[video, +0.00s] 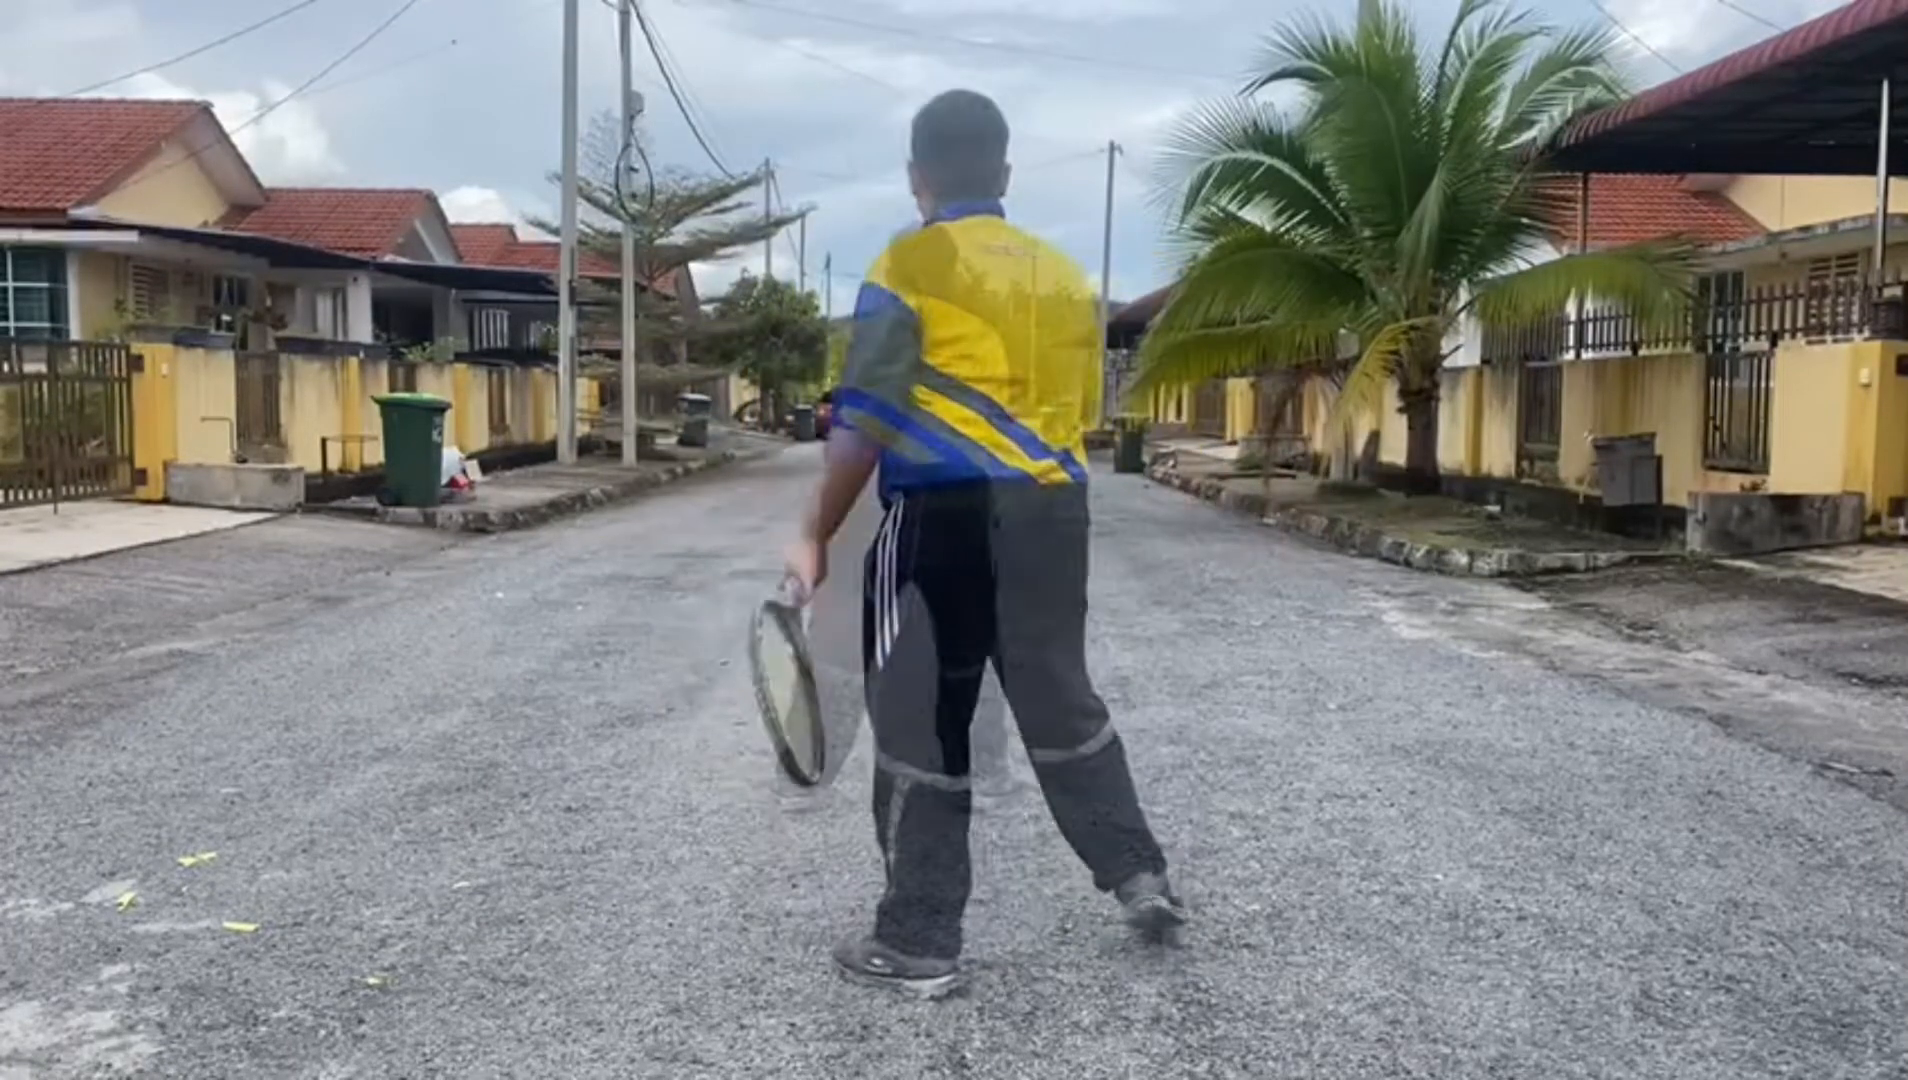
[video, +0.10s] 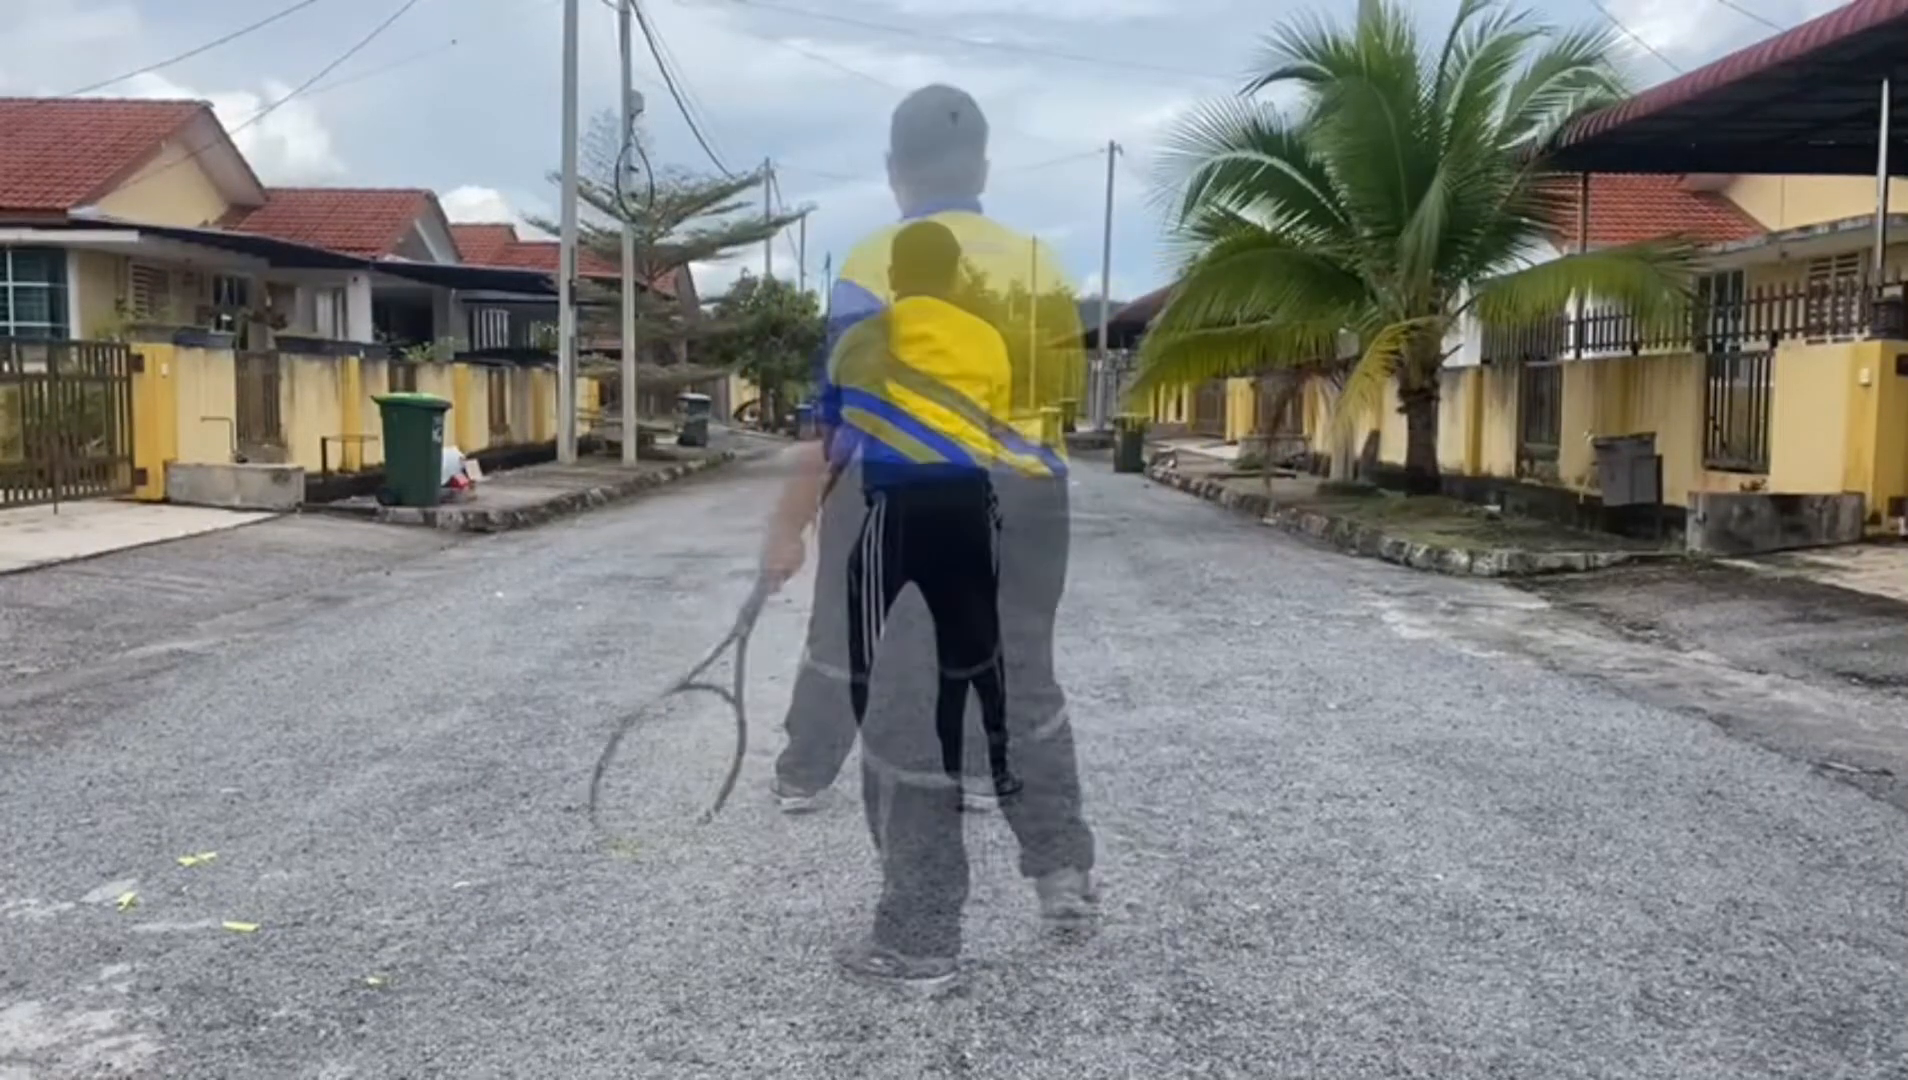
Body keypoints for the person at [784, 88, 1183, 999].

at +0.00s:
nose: (914, 186)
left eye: (913, 173)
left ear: (919, 174)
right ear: (1005, 171)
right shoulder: (1064, 272)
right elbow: (1080, 402)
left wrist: (816, 533)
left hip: (944, 518)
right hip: (1052, 518)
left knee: (921, 723)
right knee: (1059, 699)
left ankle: (920, 940)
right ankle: (1136, 873)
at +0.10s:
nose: (894, 182)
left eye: (894, 168)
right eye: (908, 168)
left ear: (899, 168)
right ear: (983, 161)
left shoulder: (877, 259)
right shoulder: (1038, 261)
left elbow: (844, 405)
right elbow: (1060, 398)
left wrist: (791, 516)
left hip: (910, 498)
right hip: (1024, 492)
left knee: (903, 707)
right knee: (1021, 676)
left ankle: (921, 934)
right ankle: (1063, 874)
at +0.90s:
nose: (946, 316)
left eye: (941, 307)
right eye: (945, 307)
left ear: (880, 301)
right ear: (938, 305)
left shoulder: (837, 348)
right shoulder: (954, 361)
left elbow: (832, 423)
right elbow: (955, 456)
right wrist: (940, 500)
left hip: (798, 489)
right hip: (884, 492)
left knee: (818, 636)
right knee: (928, 633)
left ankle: (813, 769)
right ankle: (982, 762)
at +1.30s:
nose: (881, 282)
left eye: (878, 270)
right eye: (879, 270)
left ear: (818, 272)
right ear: (867, 273)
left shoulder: (806, 325)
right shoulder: (846, 329)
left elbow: (886, 436)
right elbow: (901, 430)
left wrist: (966, 473)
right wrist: (997, 444)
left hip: (730, 497)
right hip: (761, 505)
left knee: (804, 645)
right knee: (785, 661)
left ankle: (799, 768)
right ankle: (725, 827)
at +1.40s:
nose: (872, 275)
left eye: (870, 263)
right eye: (871, 262)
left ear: (808, 257)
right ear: (859, 262)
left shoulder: (804, 312)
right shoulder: (811, 310)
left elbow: (859, 410)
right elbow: (859, 408)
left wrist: (946, 431)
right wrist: (966, 401)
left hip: (743, 490)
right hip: (737, 492)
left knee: (788, 640)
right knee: (770, 652)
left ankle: (761, 780)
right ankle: (725, 828)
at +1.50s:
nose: (866, 255)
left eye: (864, 241)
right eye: (862, 241)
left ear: (801, 237)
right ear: (846, 243)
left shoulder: (816, 311)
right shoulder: (779, 290)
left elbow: (849, 376)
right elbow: (804, 385)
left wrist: (904, 379)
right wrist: (886, 345)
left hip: (745, 480)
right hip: (717, 477)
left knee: (753, 638)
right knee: (765, 642)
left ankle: (695, 776)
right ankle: (733, 819)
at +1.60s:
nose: (849, 251)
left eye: (846, 238)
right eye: (846, 237)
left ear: (789, 236)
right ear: (832, 241)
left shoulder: (826, 312)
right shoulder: (751, 293)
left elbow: (866, 369)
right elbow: (737, 383)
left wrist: (872, 346)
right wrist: (801, 312)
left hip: (747, 489)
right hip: (697, 476)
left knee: (721, 641)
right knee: (773, 620)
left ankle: (674, 798)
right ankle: (737, 808)